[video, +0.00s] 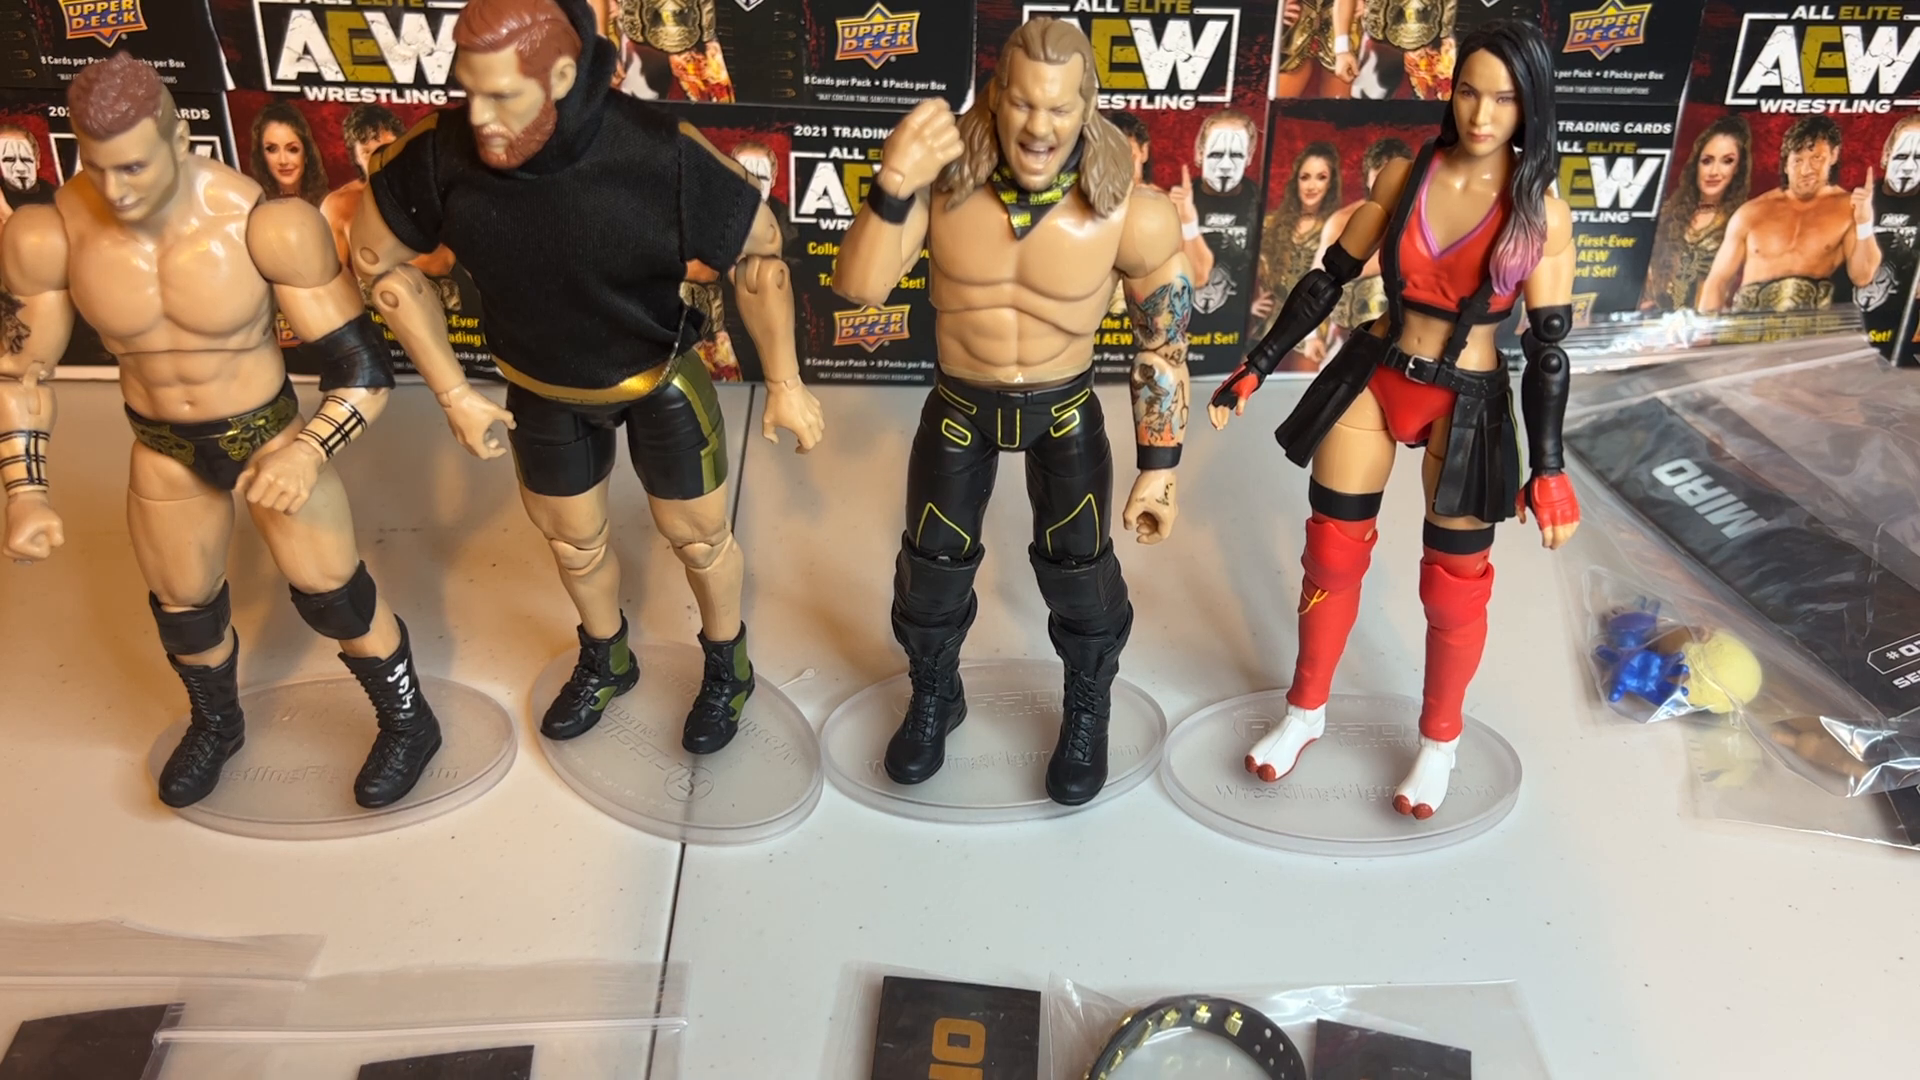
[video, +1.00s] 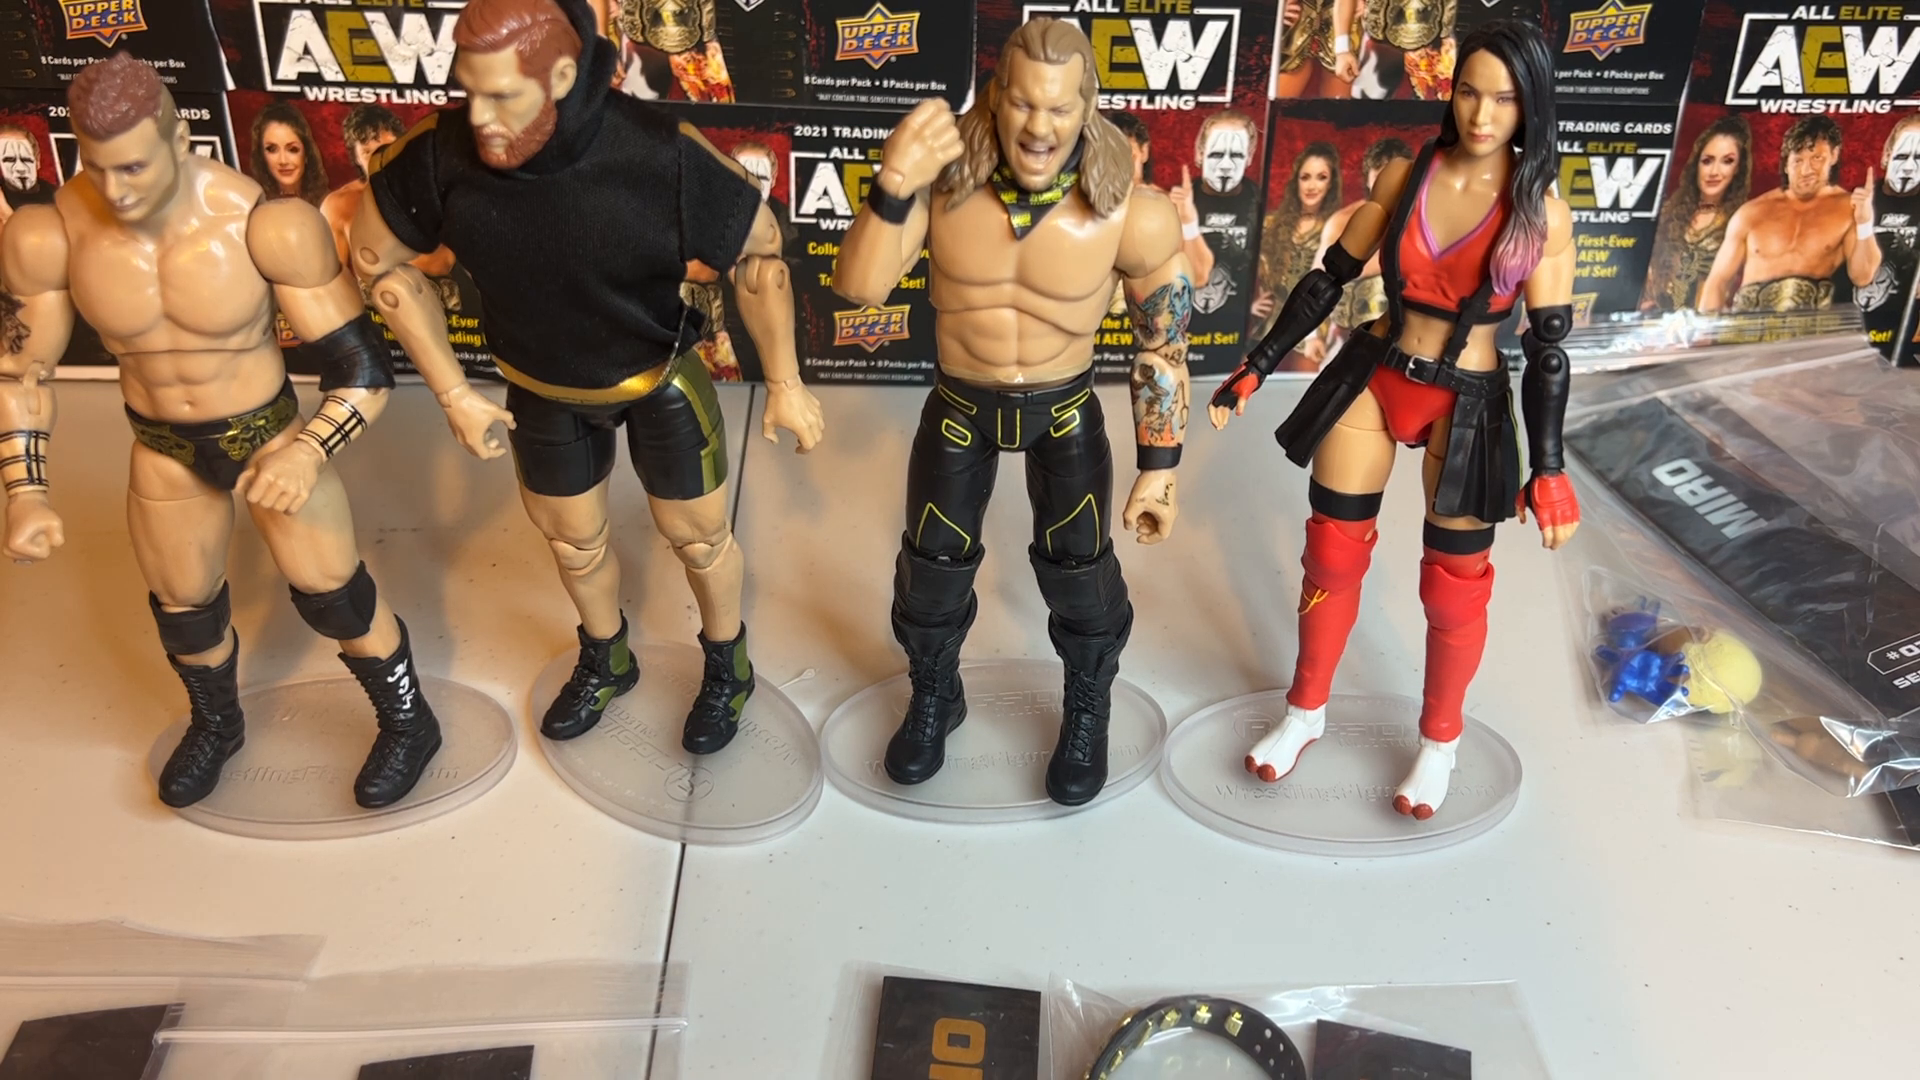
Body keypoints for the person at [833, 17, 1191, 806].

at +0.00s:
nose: (1039, 127)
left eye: (1060, 109)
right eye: (1024, 104)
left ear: (1086, 106)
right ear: (995, 95)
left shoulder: (1129, 207)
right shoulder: (943, 176)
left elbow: (1163, 338)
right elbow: (858, 288)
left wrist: (1161, 464)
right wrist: (892, 190)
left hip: (1064, 408)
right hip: (959, 403)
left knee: (1078, 568)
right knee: (932, 562)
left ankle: (1086, 713)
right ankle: (932, 699)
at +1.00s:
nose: (1040, 127)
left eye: (1060, 109)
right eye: (1024, 104)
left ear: (1087, 106)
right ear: (995, 94)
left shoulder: (1130, 208)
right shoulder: (944, 177)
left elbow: (1163, 339)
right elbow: (858, 287)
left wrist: (1161, 465)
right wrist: (892, 189)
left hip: (1064, 408)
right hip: (958, 403)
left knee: (1078, 569)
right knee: (933, 563)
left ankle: (1086, 713)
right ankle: (932, 699)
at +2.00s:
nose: (1040, 127)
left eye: (1060, 109)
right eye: (1024, 104)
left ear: (1086, 107)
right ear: (995, 95)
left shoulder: (1130, 208)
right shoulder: (944, 177)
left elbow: (1163, 338)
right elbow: (857, 287)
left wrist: (1161, 464)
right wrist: (892, 190)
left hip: (1064, 409)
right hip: (959, 404)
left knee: (1078, 568)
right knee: (932, 562)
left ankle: (1086, 713)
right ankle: (932, 699)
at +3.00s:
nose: (1040, 127)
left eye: (1060, 109)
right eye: (1024, 104)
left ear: (1087, 107)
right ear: (995, 95)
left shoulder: (1129, 208)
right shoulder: (944, 177)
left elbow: (1163, 339)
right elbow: (857, 287)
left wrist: (1161, 465)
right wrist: (892, 189)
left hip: (1064, 408)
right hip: (958, 403)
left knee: (1077, 569)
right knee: (932, 563)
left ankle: (1086, 712)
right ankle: (933, 699)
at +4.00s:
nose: (1040, 127)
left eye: (1060, 109)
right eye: (1024, 104)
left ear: (1087, 106)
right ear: (995, 95)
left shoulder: (1131, 209)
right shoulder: (944, 176)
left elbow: (1162, 340)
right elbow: (858, 287)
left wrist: (1161, 465)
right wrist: (892, 189)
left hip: (1064, 409)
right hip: (959, 404)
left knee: (1078, 570)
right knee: (933, 563)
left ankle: (1087, 713)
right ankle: (933, 698)